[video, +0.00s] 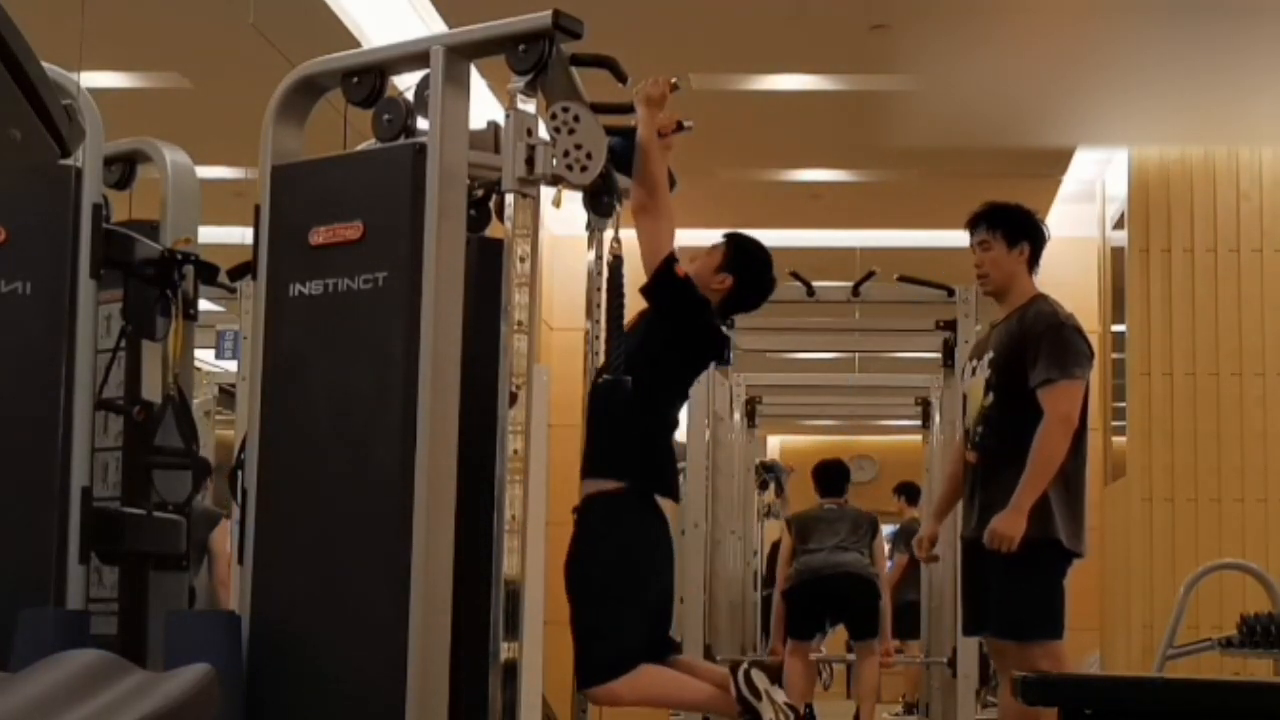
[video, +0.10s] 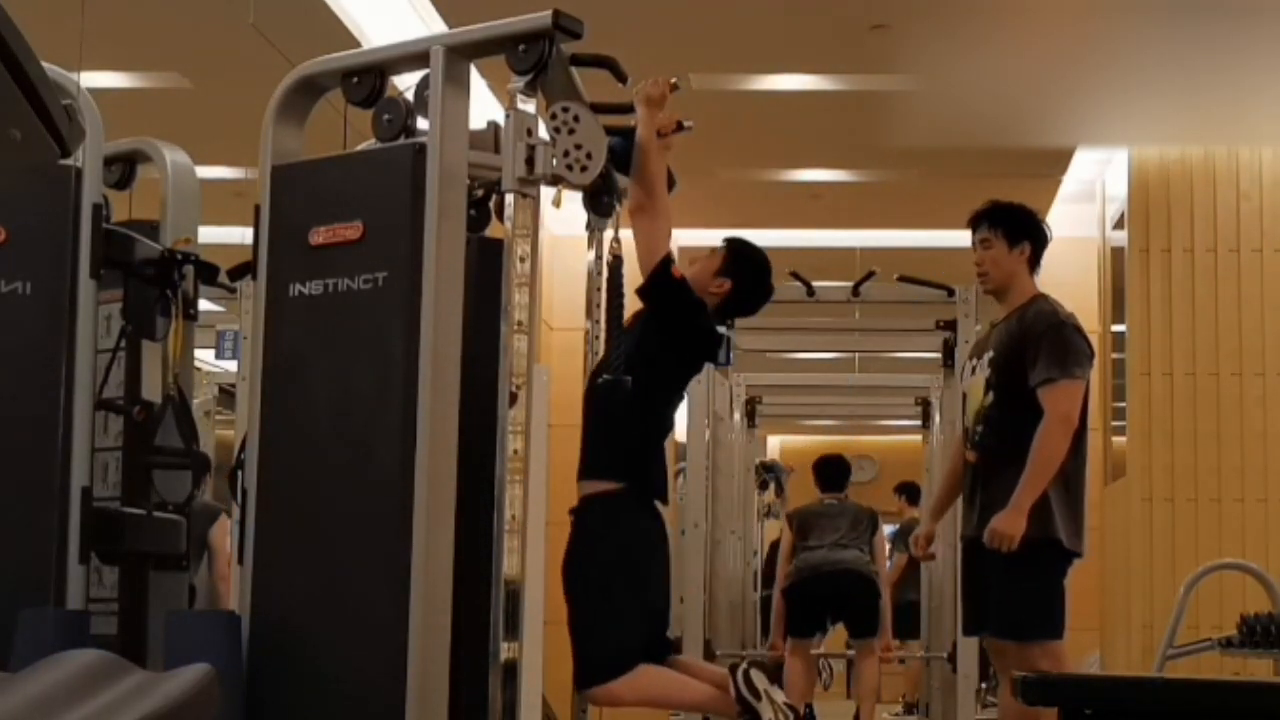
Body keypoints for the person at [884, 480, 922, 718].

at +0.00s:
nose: (894, 504)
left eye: (896, 499)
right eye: (895, 500)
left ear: (902, 500)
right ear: (915, 500)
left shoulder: (906, 528)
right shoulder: (920, 526)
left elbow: (900, 561)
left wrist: (886, 586)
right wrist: (890, 582)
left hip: (909, 596)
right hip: (917, 594)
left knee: (912, 649)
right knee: (912, 649)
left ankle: (910, 701)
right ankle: (912, 699)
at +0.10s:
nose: (895, 504)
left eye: (897, 499)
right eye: (896, 499)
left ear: (903, 500)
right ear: (916, 499)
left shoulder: (906, 528)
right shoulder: (922, 526)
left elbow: (899, 559)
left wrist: (887, 582)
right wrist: (891, 580)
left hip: (909, 595)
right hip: (918, 594)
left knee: (912, 649)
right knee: (914, 650)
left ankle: (911, 701)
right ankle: (914, 700)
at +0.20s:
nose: (895, 503)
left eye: (897, 499)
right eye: (896, 499)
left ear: (904, 499)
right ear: (915, 499)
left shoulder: (907, 527)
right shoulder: (920, 525)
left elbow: (899, 560)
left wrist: (886, 584)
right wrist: (890, 581)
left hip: (909, 595)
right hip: (918, 594)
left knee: (911, 648)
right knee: (913, 648)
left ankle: (911, 701)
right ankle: (913, 699)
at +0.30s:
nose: (896, 502)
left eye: (898, 498)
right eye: (897, 498)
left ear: (904, 499)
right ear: (917, 498)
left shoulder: (908, 527)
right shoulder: (924, 525)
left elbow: (897, 561)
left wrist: (884, 580)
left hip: (909, 595)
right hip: (921, 593)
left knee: (912, 646)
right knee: (916, 647)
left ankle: (911, 700)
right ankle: (915, 698)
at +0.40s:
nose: (896, 502)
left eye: (898, 497)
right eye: (898, 497)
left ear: (905, 499)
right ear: (916, 498)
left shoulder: (906, 526)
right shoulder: (923, 524)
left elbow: (898, 559)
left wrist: (886, 586)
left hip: (909, 592)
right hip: (922, 591)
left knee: (911, 646)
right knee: (914, 647)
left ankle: (911, 699)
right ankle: (915, 698)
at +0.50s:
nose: (898, 501)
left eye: (900, 497)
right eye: (899, 497)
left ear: (906, 497)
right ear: (917, 497)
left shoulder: (907, 524)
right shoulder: (924, 523)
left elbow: (900, 556)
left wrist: (889, 578)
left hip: (910, 587)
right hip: (924, 586)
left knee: (911, 645)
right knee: (915, 646)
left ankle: (911, 699)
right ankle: (916, 697)